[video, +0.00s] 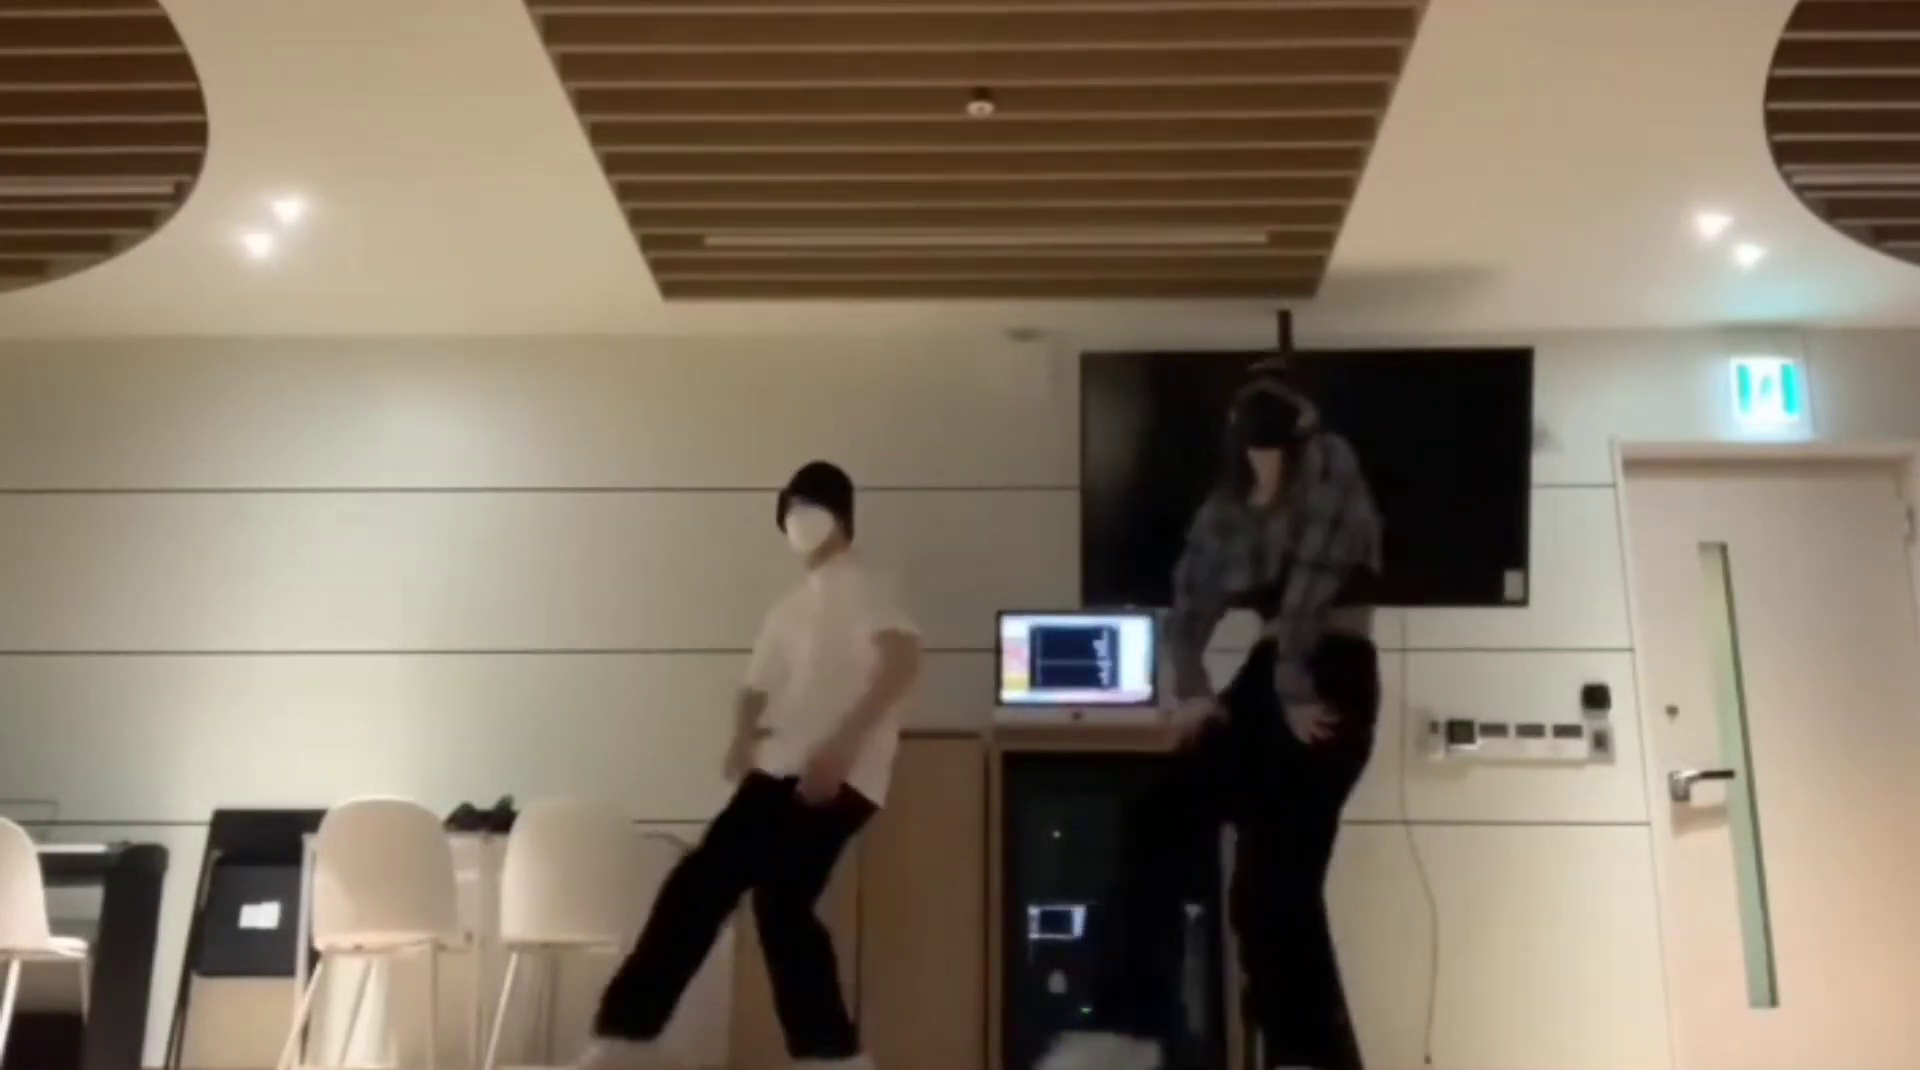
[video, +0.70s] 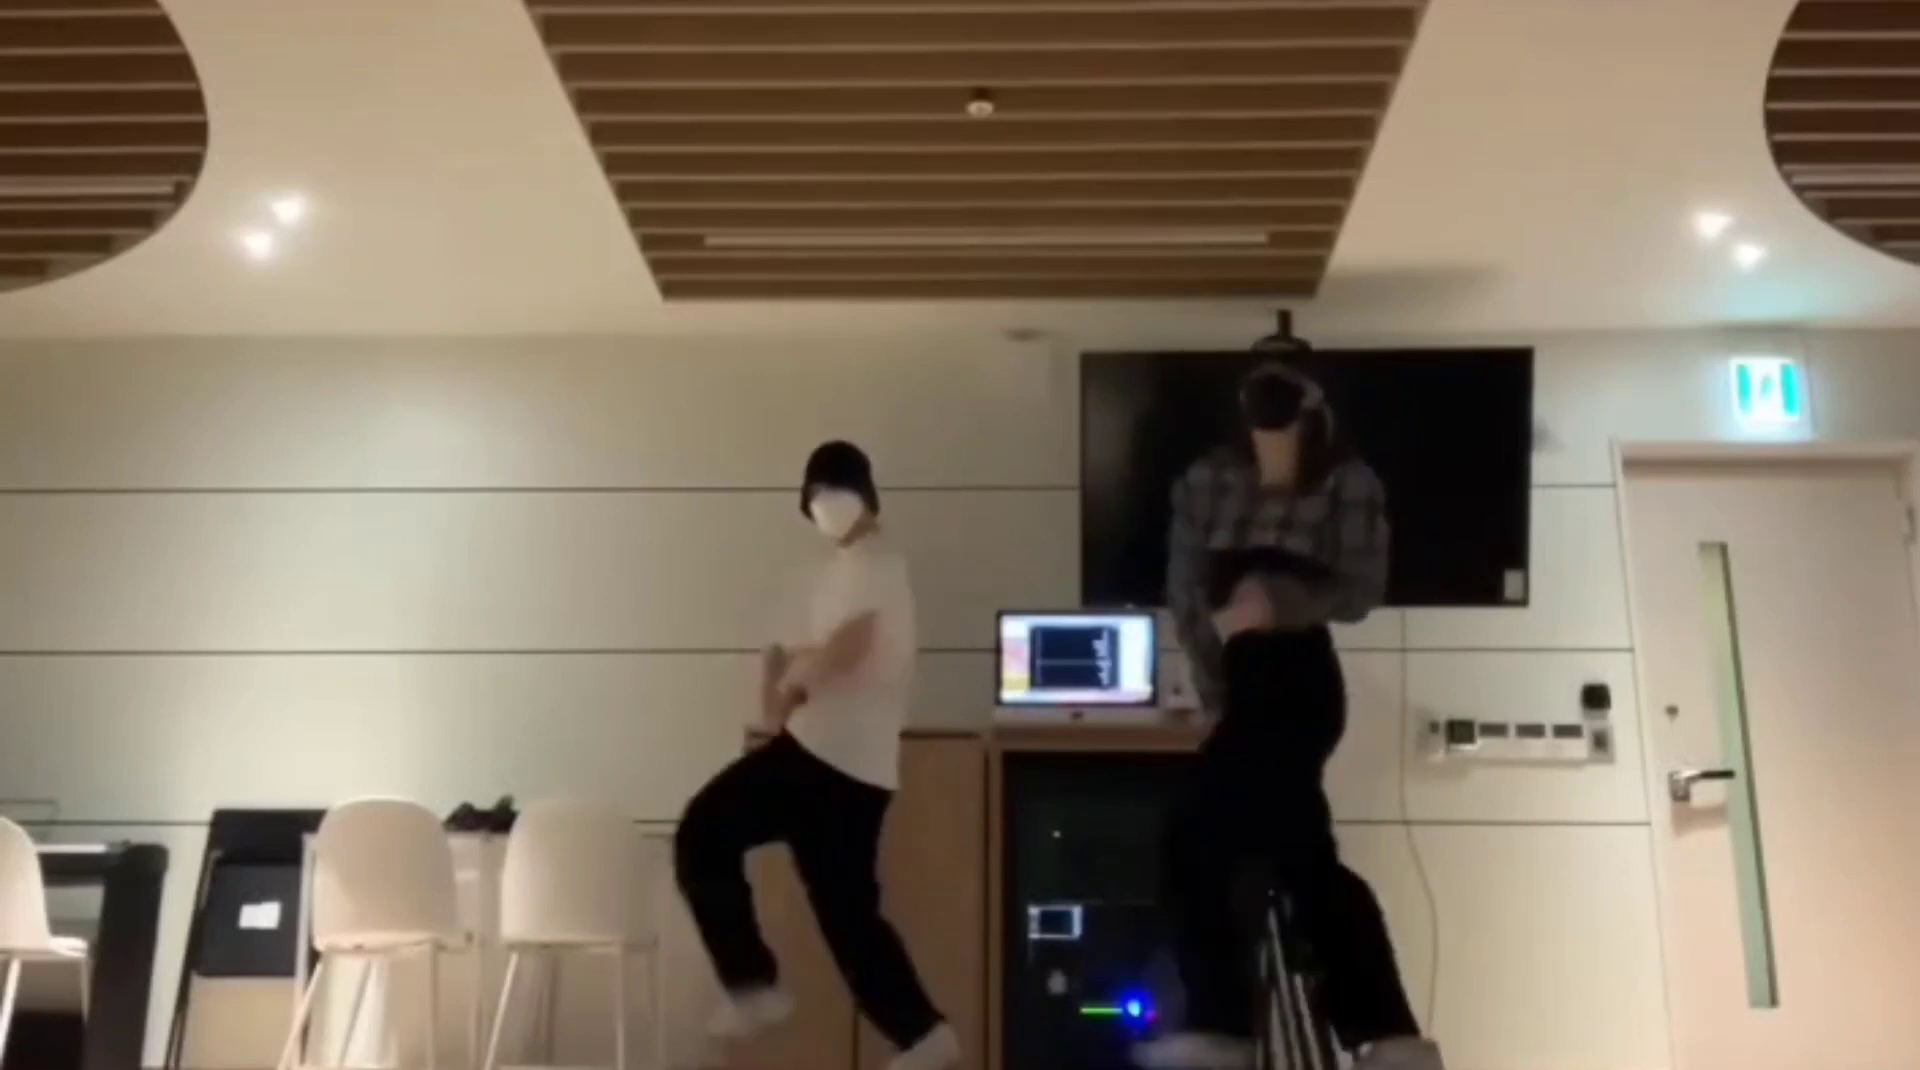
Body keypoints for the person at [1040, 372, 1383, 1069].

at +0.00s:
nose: (1265, 448)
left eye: (1277, 432)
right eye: (1252, 435)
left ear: (1302, 432)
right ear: (1239, 441)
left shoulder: (1331, 472)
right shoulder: (1225, 510)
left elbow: (1322, 573)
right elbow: (1186, 609)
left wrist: (1295, 682)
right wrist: (1189, 691)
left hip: (1329, 670)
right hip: (1260, 673)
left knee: (1276, 885)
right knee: (1160, 815)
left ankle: (1308, 1053)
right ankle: (1131, 1019)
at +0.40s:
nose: (1281, 390)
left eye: (1297, 378)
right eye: (1269, 378)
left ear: (1324, 392)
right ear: (1254, 392)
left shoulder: (1356, 473)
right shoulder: (1235, 473)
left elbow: (1409, 556)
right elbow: (1206, 565)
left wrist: (1307, 574)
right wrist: (1205, 645)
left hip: (1325, 679)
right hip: (1242, 681)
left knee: (1316, 859)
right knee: (1193, 835)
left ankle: (1319, 1044)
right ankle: (1246, 1011)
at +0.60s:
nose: (1274, 399)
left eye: (1289, 386)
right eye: (1265, 386)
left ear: (1316, 399)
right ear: (1250, 398)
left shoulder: (1350, 484)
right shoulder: (1228, 469)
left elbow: (1378, 583)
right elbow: (1193, 568)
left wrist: (1289, 558)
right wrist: (1191, 674)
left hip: (1310, 667)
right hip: (1236, 668)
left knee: (1304, 861)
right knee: (1248, 854)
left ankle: (1317, 1043)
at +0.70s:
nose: (1271, 399)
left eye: (1288, 386)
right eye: (1261, 385)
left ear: (1317, 404)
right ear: (1244, 401)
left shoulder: (1349, 485)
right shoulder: (1207, 481)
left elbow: (1360, 592)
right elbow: (1185, 596)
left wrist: (1279, 600)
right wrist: (1213, 698)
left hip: (1305, 677)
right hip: (1234, 682)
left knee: (1199, 832)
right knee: (1305, 858)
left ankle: (1217, 1029)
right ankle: (1388, 1038)